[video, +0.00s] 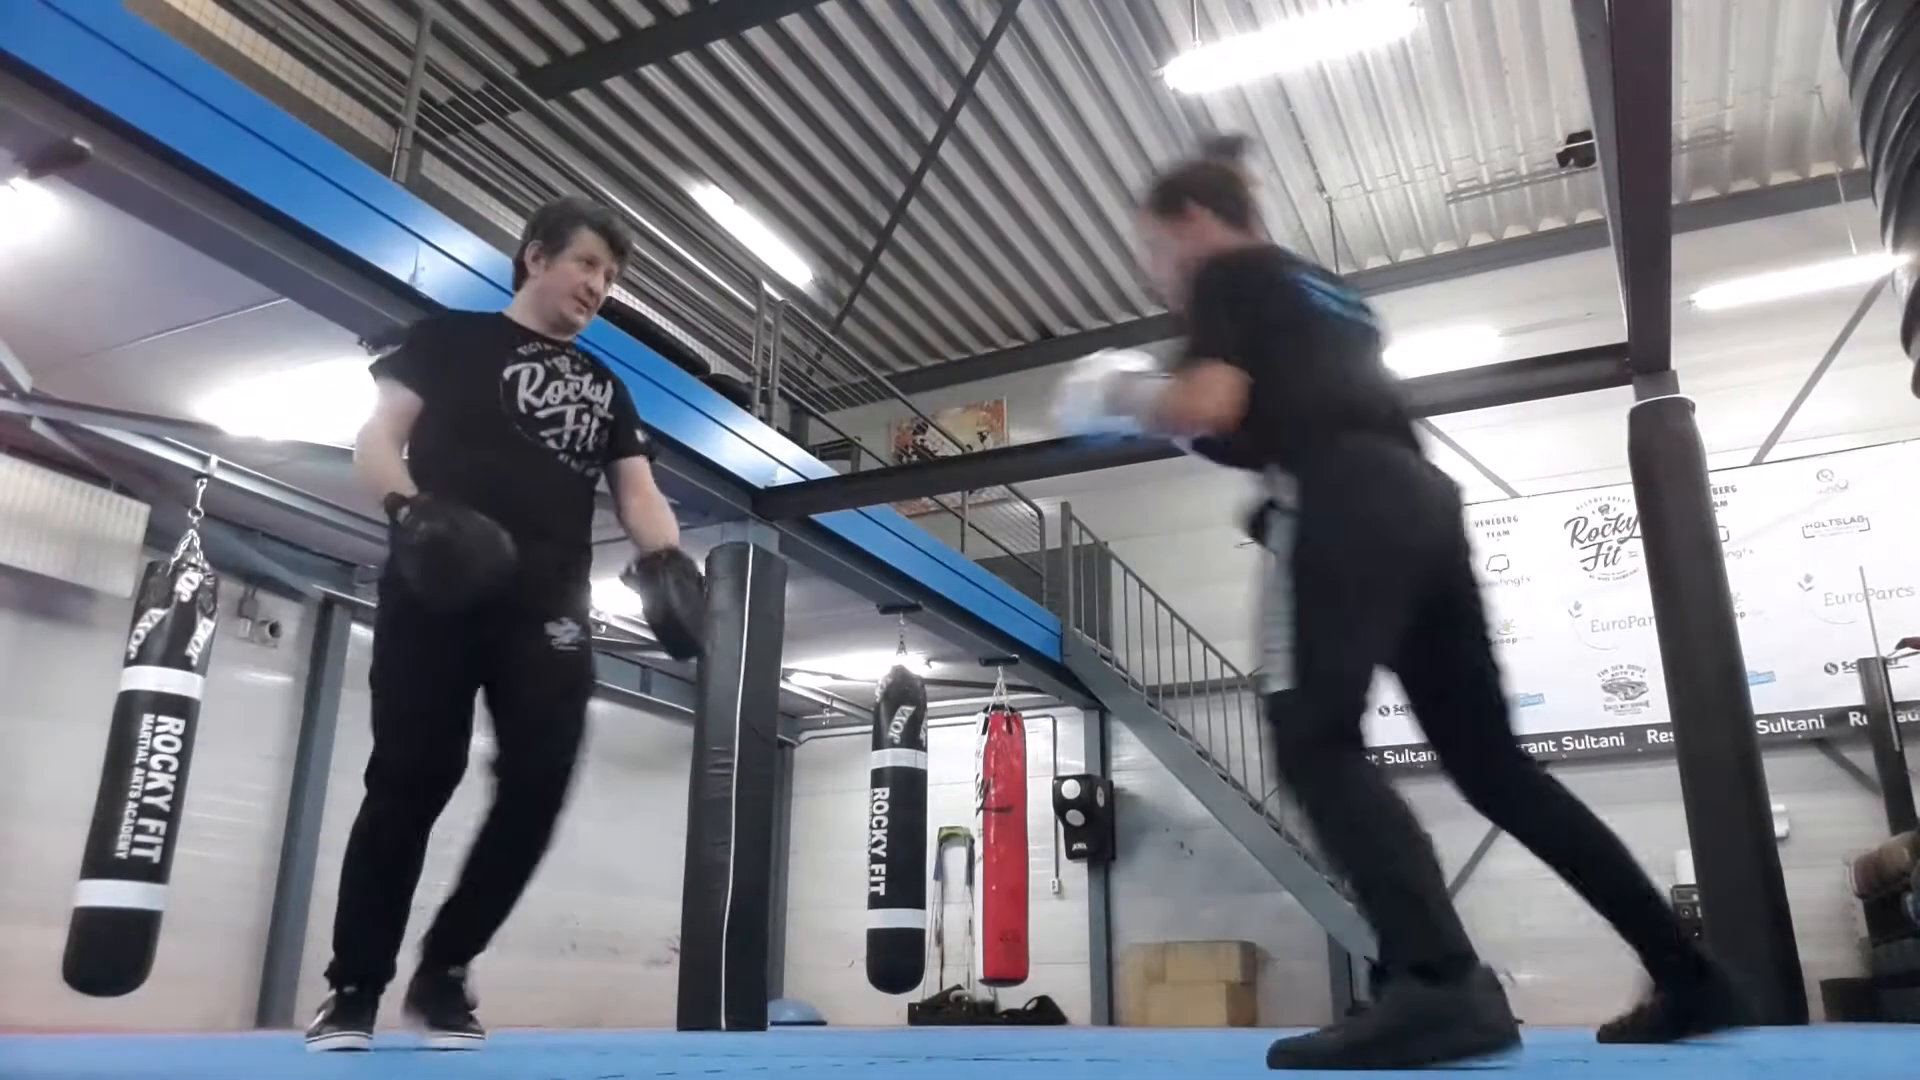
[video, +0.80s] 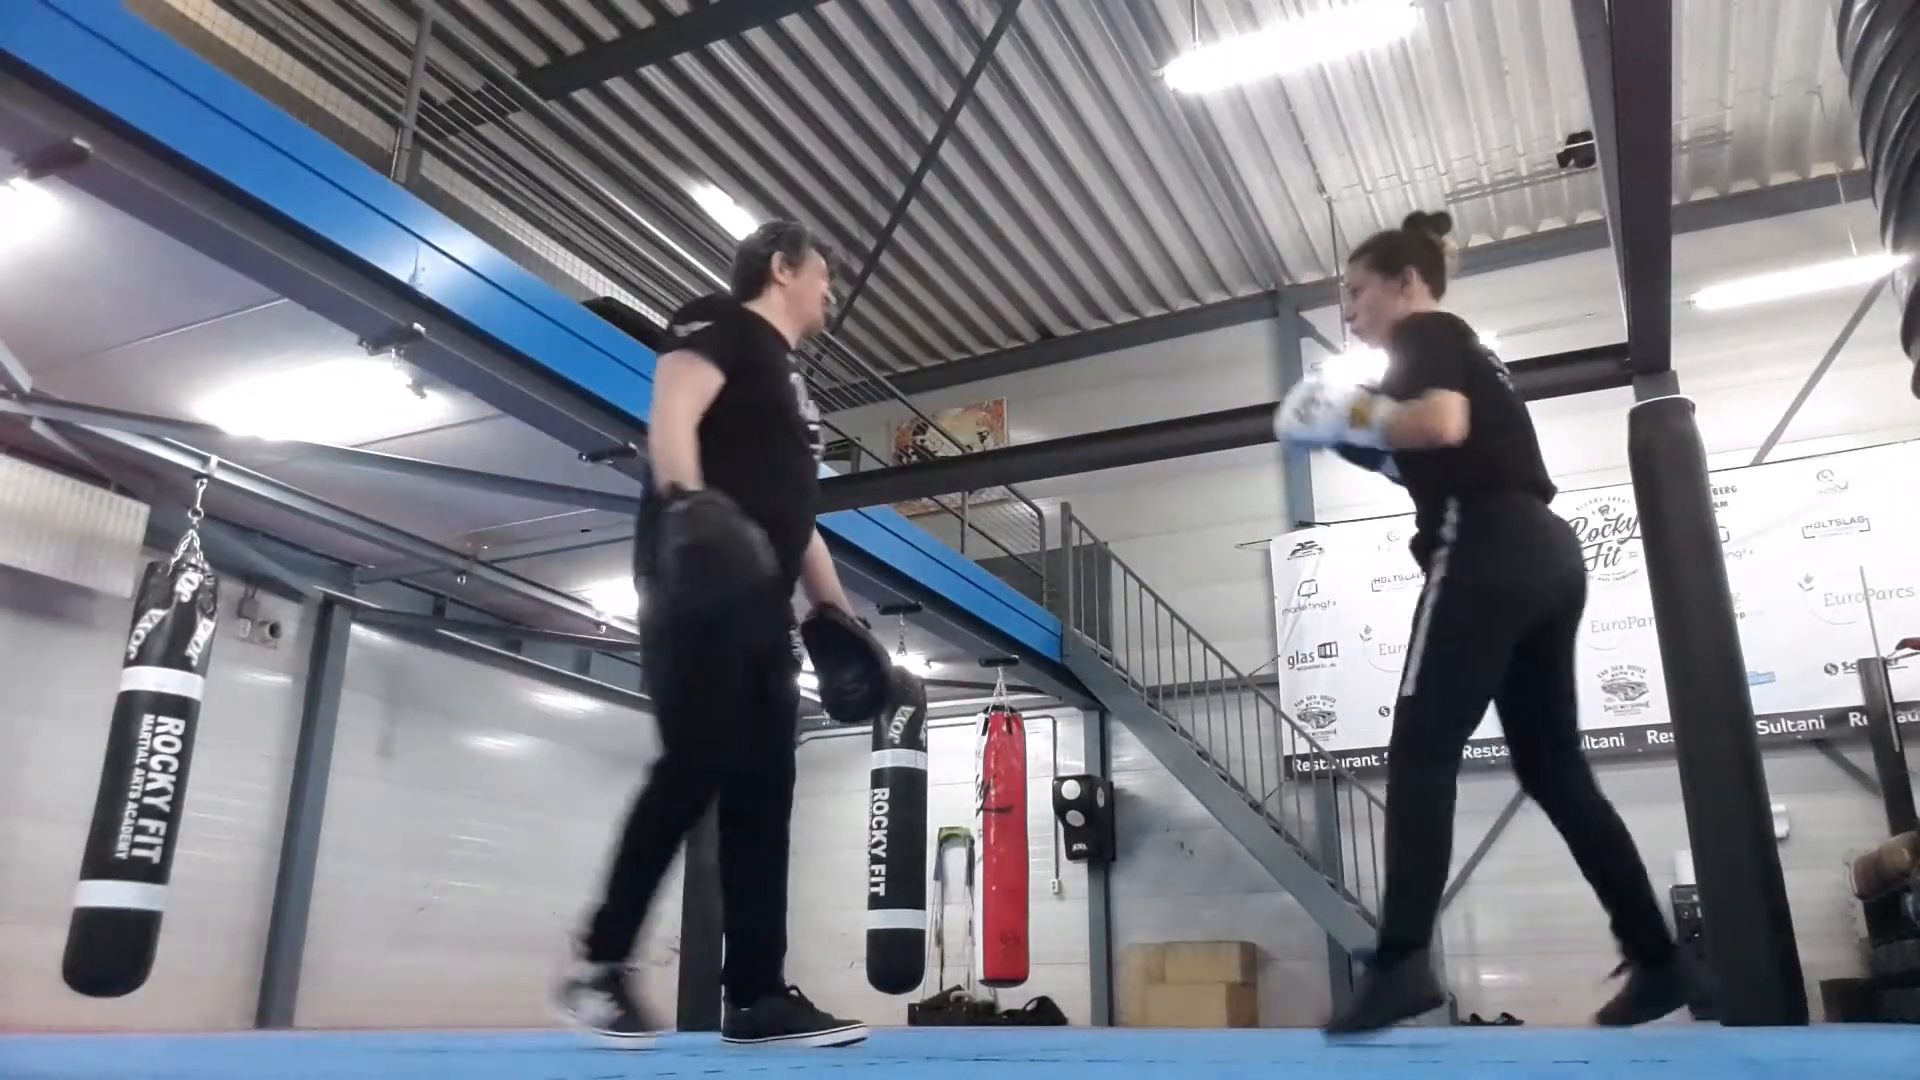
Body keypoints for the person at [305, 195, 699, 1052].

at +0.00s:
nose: (596, 285)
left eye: (607, 276)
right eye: (583, 264)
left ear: (609, 291)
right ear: (535, 259)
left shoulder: (605, 391)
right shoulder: (449, 336)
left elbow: (640, 497)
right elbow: (375, 445)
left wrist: (667, 564)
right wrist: (412, 508)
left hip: (546, 611)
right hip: (436, 590)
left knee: (537, 787)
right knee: (411, 777)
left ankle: (441, 976)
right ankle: (354, 988)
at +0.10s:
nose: (599, 289)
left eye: (609, 279)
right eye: (587, 268)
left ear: (610, 292)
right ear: (536, 261)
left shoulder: (604, 397)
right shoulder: (452, 341)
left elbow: (637, 507)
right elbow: (379, 451)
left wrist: (677, 600)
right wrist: (424, 521)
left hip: (557, 615)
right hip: (445, 597)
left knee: (613, 745)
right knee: (415, 784)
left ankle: (508, 935)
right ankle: (357, 994)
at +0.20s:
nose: (623, 282)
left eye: (633, 272)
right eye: (613, 259)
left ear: (633, 286)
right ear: (561, 252)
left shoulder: (619, 386)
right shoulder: (468, 328)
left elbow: (652, 500)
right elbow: (402, 437)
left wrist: (693, 598)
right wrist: (447, 503)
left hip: (581, 606)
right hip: (469, 592)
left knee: (658, 736)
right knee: (429, 782)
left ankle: (607, 949)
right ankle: (360, 994)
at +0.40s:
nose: (706, 296)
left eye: (712, 284)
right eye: (698, 275)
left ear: (689, 285)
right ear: (645, 262)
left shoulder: (684, 393)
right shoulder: (556, 328)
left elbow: (716, 510)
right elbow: (484, 411)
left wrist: (766, 605)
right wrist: (502, 494)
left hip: (642, 623)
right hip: (536, 609)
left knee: (710, 795)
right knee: (460, 797)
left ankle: (745, 993)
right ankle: (367, 989)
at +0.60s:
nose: (789, 313)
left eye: (795, 301)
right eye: (785, 294)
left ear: (750, 289)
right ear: (739, 279)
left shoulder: (753, 400)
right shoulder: (654, 339)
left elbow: (778, 525)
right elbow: (602, 421)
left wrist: (823, 620)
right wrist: (589, 512)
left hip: (727, 626)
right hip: (641, 607)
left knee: (764, 791)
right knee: (576, 775)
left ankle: (756, 997)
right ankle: (430, 957)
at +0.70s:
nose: (814, 303)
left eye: (817, 290)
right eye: (809, 284)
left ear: (774, 282)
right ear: (765, 274)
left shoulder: (767, 392)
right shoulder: (695, 328)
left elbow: (787, 521)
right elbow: (645, 409)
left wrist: (835, 618)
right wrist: (644, 509)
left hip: (746, 613)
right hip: (677, 588)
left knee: (762, 786)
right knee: (641, 762)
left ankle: (757, 996)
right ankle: (511, 944)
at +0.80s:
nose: (831, 293)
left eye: (831, 282)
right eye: (823, 277)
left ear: (783, 276)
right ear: (780, 271)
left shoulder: (782, 377)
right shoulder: (727, 328)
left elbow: (793, 512)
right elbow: (670, 409)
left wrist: (836, 616)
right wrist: (688, 506)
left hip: (764, 590)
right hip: (701, 567)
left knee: (762, 776)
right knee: (695, 760)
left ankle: (756, 996)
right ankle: (599, 965)